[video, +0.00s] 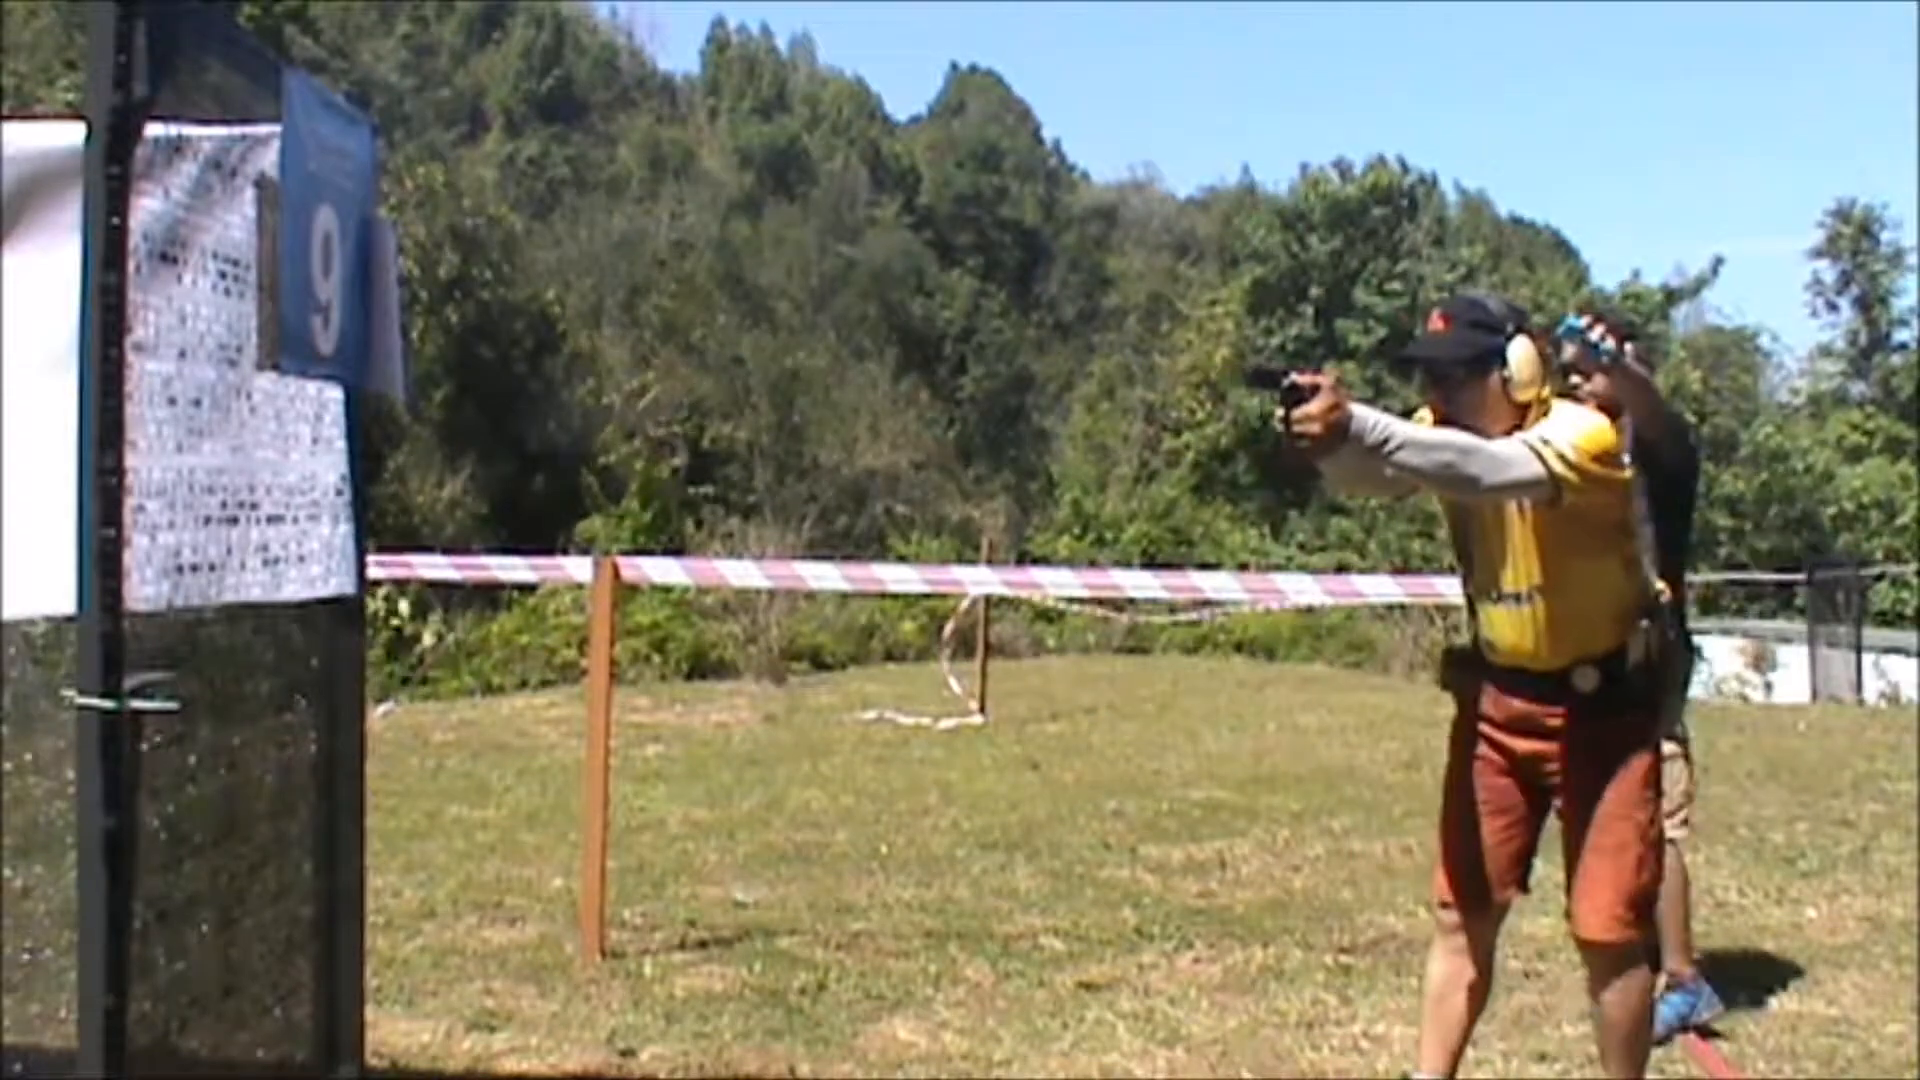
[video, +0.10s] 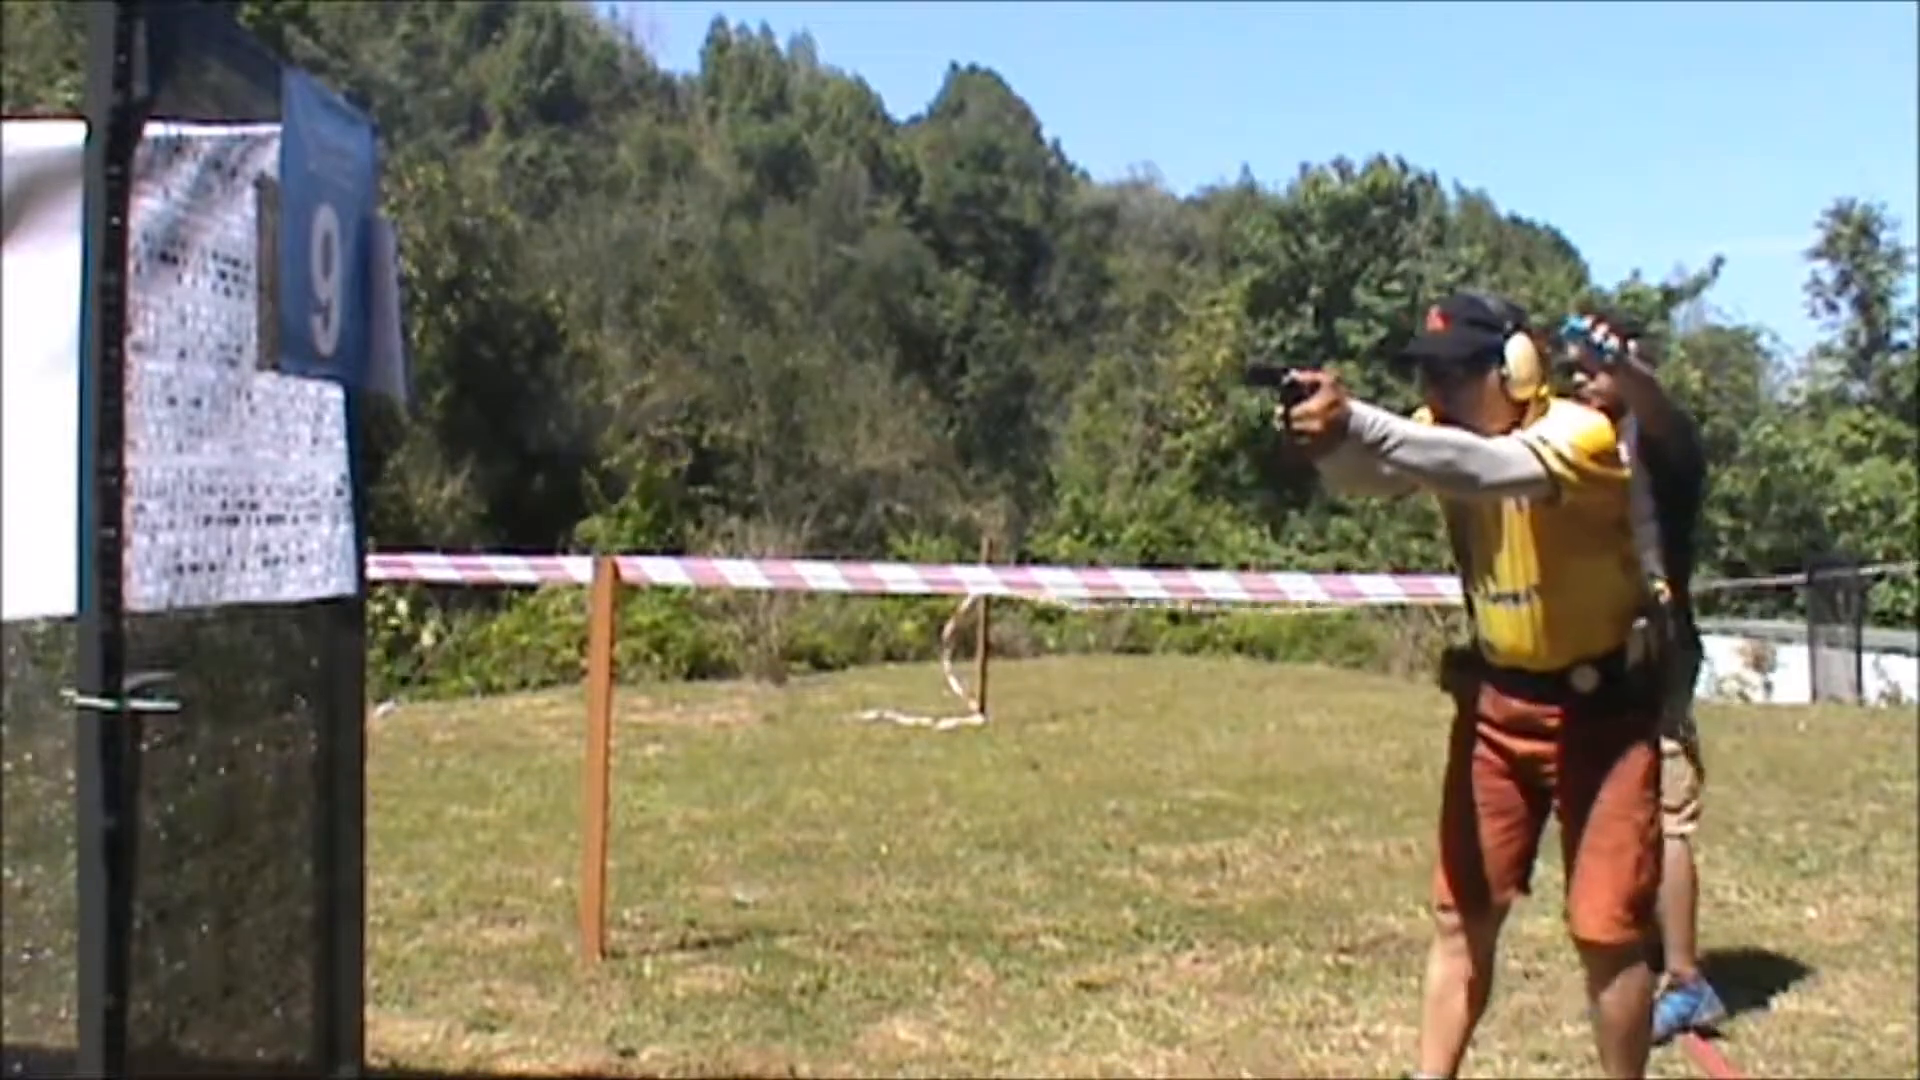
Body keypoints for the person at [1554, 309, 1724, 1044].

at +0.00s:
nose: (1586, 387)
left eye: (1599, 374)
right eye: (1579, 373)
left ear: (1634, 376)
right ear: (1569, 378)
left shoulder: (1668, 451)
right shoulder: (1567, 442)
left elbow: (1658, 423)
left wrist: (1626, 372)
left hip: (1648, 640)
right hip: (1579, 639)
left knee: (1660, 804)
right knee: (1604, 808)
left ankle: (1679, 973)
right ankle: (1631, 974)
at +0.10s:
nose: (1590, 386)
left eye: (1604, 373)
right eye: (1583, 371)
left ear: (1637, 377)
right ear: (1571, 377)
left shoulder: (1668, 448)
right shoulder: (1566, 439)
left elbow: (1668, 426)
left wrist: (1632, 374)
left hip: (1653, 637)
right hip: (1581, 638)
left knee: (1667, 800)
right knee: (1602, 802)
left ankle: (1682, 974)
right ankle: (1626, 973)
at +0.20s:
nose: (1592, 387)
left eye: (1604, 372)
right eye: (1583, 373)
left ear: (1635, 377)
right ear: (1574, 381)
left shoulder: (1672, 443)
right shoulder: (1575, 440)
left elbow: (1668, 417)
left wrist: (1632, 365)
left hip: (1663, 631)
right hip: (1589, 632)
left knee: (1673, 804)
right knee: (1608, 804)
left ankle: (1685, 974)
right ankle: (1627, 967)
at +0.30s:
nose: (1593, 388)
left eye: (1605, 373)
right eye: (1584, 375)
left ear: (1637, 375)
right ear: (1575, 380)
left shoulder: (1676, 443)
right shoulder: (1575, 438)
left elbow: (1672, 422)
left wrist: (1634, 367)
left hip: (1666, 630)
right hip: (1591, 630)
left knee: (1672, 807)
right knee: (1609, 803)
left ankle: (1686, 975)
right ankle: (1628, 966)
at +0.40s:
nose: (1595, 389)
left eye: (1607, 374)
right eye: (1586, 376)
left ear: (1641, 375)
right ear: (1578, 382)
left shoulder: (1679, 443)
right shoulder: (1581, 440)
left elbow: (1672, 419)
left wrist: (1632, 365)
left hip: (1669, 631)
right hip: (1594, 631)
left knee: (1671, 807)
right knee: (1609, 803)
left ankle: (1687, 976)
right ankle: (1631, 966)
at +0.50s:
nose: (1595, 388)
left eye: (1608, 374)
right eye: (1587, 375)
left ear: (1642, 374)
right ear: (1580, 381)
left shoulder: (1682, 444)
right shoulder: (1584, 441)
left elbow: (1671, 419)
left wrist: (1628, 363)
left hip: (1670, 633)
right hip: (1595, 633)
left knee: (1670, 809)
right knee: (1610, 806)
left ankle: (1686, 975)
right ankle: (1632, 966)